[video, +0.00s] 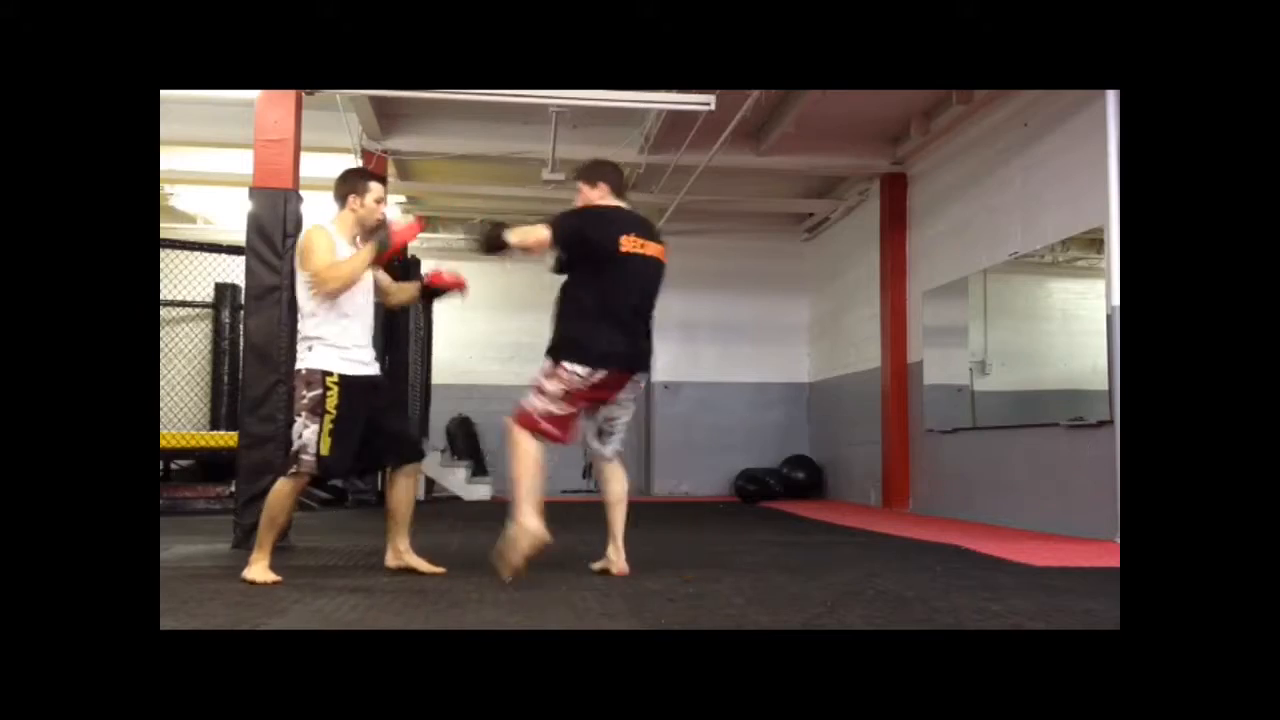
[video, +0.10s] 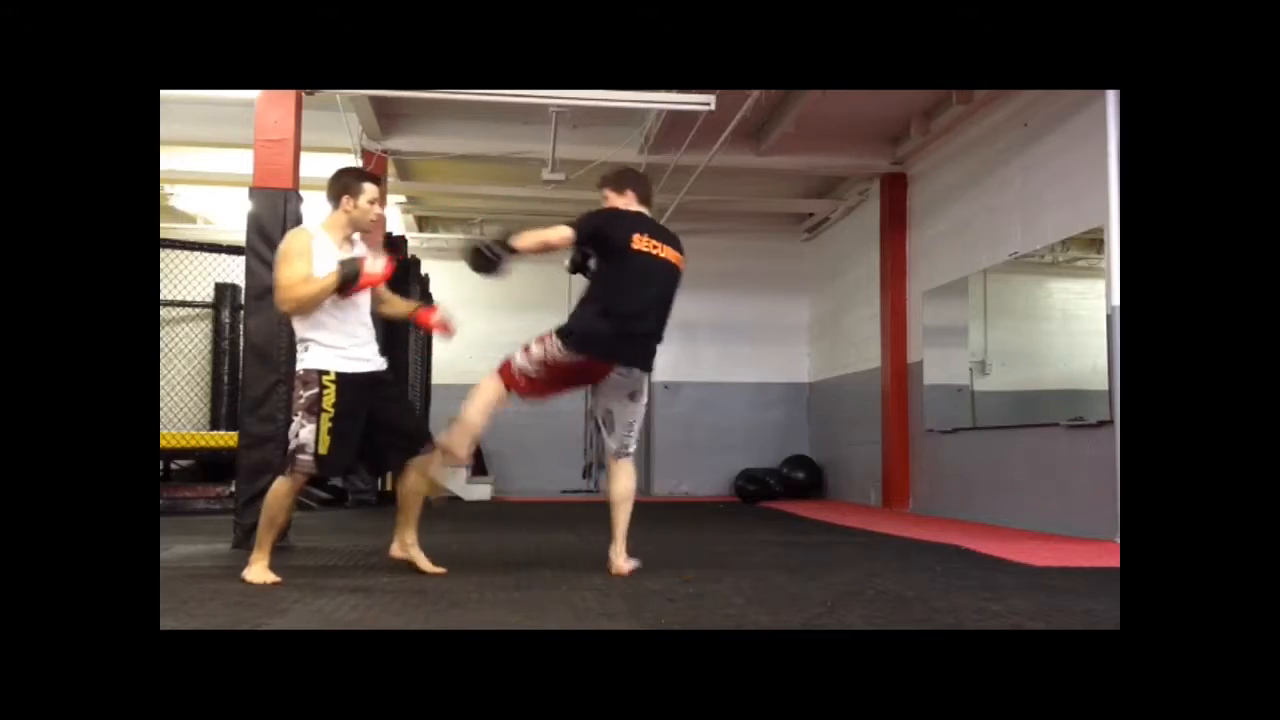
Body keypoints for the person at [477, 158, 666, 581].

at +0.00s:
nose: (578, 198)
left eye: (581, 191)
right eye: (579, 191)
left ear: (598, 188)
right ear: (619, 190)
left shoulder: (587, 219)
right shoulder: (652, 234)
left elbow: (535, 238)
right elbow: (620, 270)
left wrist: (500, 236)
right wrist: (572, 253)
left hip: (583, 352)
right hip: (632, 357)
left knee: (525, 426)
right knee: (607, 451)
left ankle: (527, 521)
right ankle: (616, 551)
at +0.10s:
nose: (603, 205)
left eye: (605, 198)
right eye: (604, 199)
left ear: (624, 194)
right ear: (643, 199)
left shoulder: (609, 220)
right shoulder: (673, 244)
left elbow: (549, 240)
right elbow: (641, 280)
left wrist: (504, 244)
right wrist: (596, 265)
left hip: (587, 339)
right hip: (635, 357)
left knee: (501, 379)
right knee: (621, 456)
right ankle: (619, 554)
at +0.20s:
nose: (620, 212)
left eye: (622, 206)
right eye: (620, 206)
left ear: (641, 204)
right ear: (661, 209)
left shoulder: (628, 225)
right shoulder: (686, 256)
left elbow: (596, 261)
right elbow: (647, 289)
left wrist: (550, 271)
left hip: (583, 339)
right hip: (631, 365)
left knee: (505, 362)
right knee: (638, 455)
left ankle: (427, 398)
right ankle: (622, 554)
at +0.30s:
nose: (625, 210)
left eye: (628, 202)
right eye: (625, 203)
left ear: (649, 200)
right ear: (664, 205)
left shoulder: (634, 225)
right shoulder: (693, 252)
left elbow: (616, 263)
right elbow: (663, 297)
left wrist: (567, 276)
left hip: (596, 345)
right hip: (644, 364)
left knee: (518, 385)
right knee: (642, 457)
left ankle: (460, 448)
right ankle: (622, 554)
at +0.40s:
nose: (614, 203)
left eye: (619, 195)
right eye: (615, 196)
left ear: (641, 194)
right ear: (657, 197)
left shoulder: (626, 222)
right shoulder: (694, 242)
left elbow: (590, 244)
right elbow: (701, 310)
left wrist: (552, 254)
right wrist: (663, 305)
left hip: (619, 348)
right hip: (667, 358)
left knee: (556, 419)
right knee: (659, 451)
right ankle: (636, 543)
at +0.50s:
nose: (607, 219)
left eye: (610, 211)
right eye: (607, 212)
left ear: (631, 211)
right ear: (647, 213)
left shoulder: (618, 241)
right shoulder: (690, 249)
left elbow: (547, 243)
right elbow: (715, 317)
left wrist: (494, 239)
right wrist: (679, 301)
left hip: (641, 368)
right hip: (689, 369)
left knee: (594, 456)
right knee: (695, 451)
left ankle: (608, 555)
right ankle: (703, 532)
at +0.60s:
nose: (613, 238)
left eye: (616, 230)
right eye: (614, 230)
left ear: (637, 228)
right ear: (654, 229)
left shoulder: (626, 259)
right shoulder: (692, 264)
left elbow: (558, 269)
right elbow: (725, 328)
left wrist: (508, 252)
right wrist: (681, 313)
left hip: (664, 383)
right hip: (710, 379)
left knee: (604, 463)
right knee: (728, 457)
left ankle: (609, 560)